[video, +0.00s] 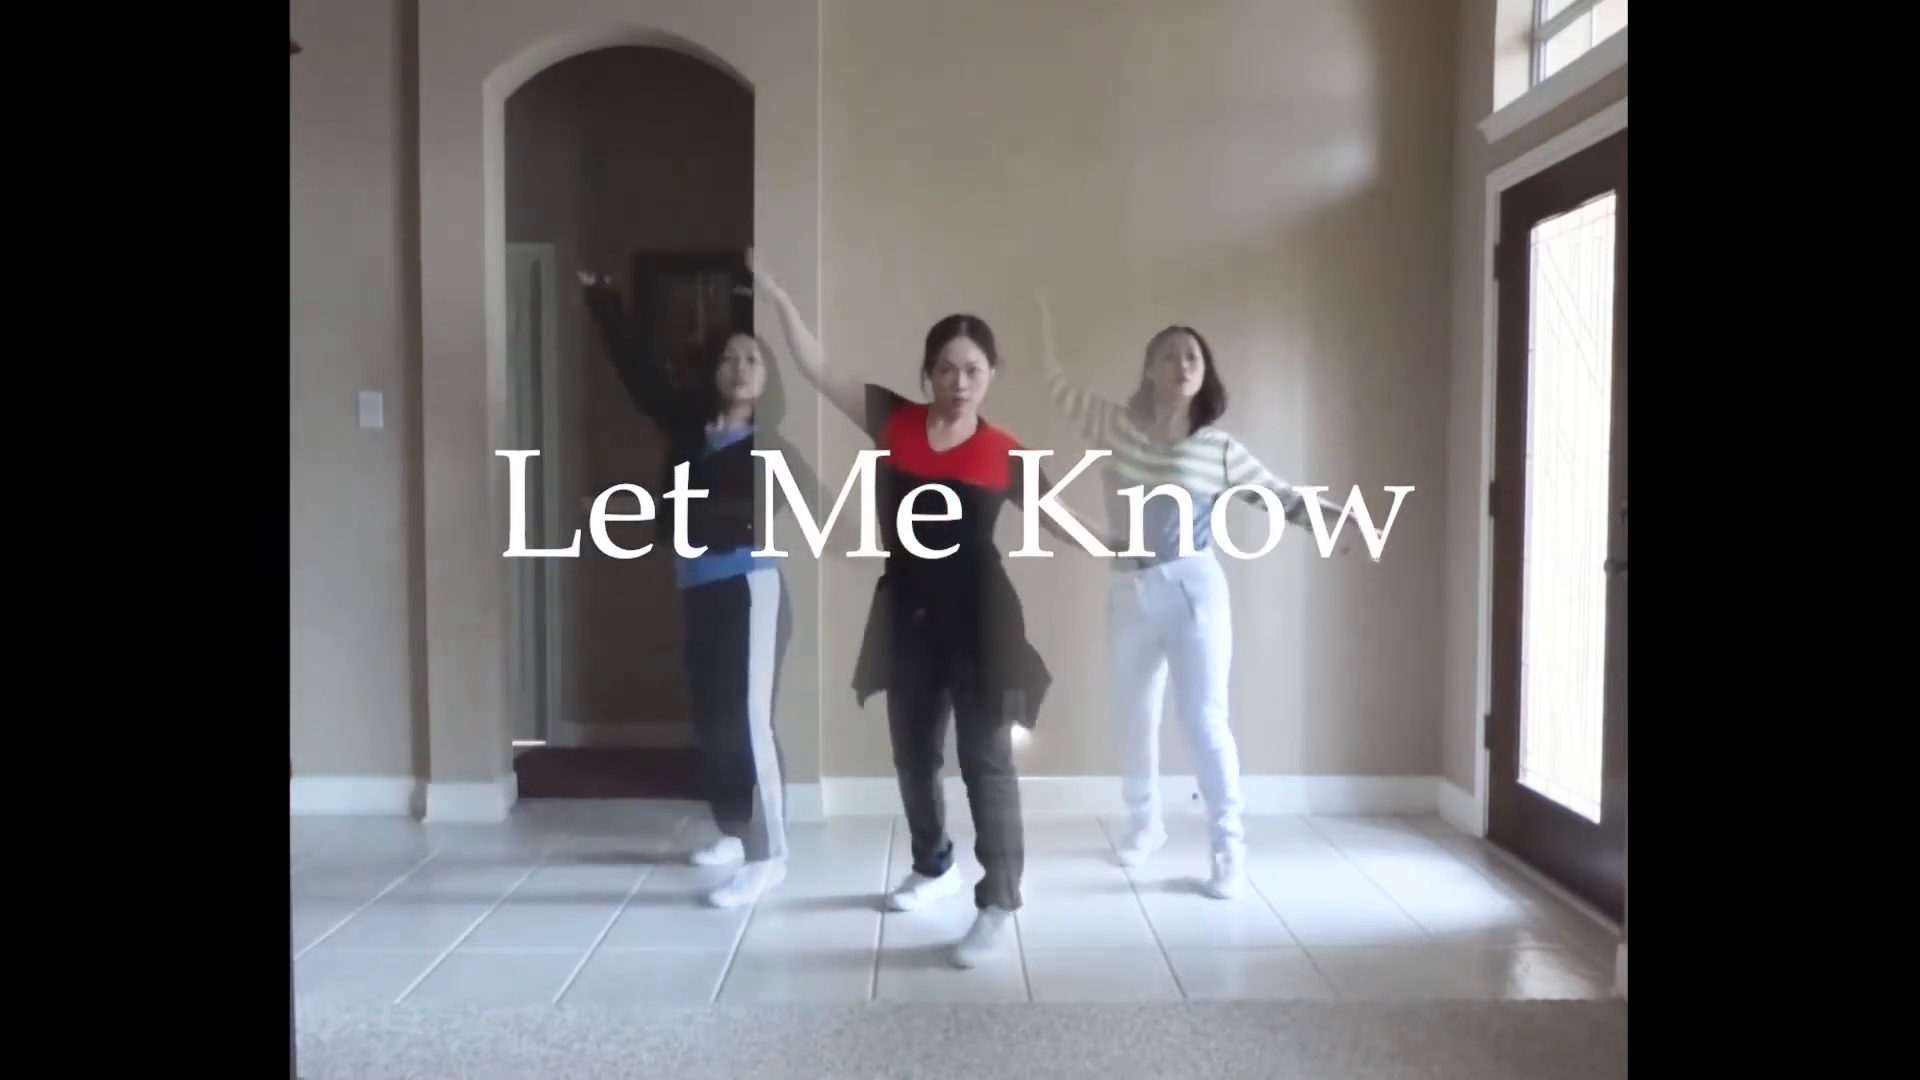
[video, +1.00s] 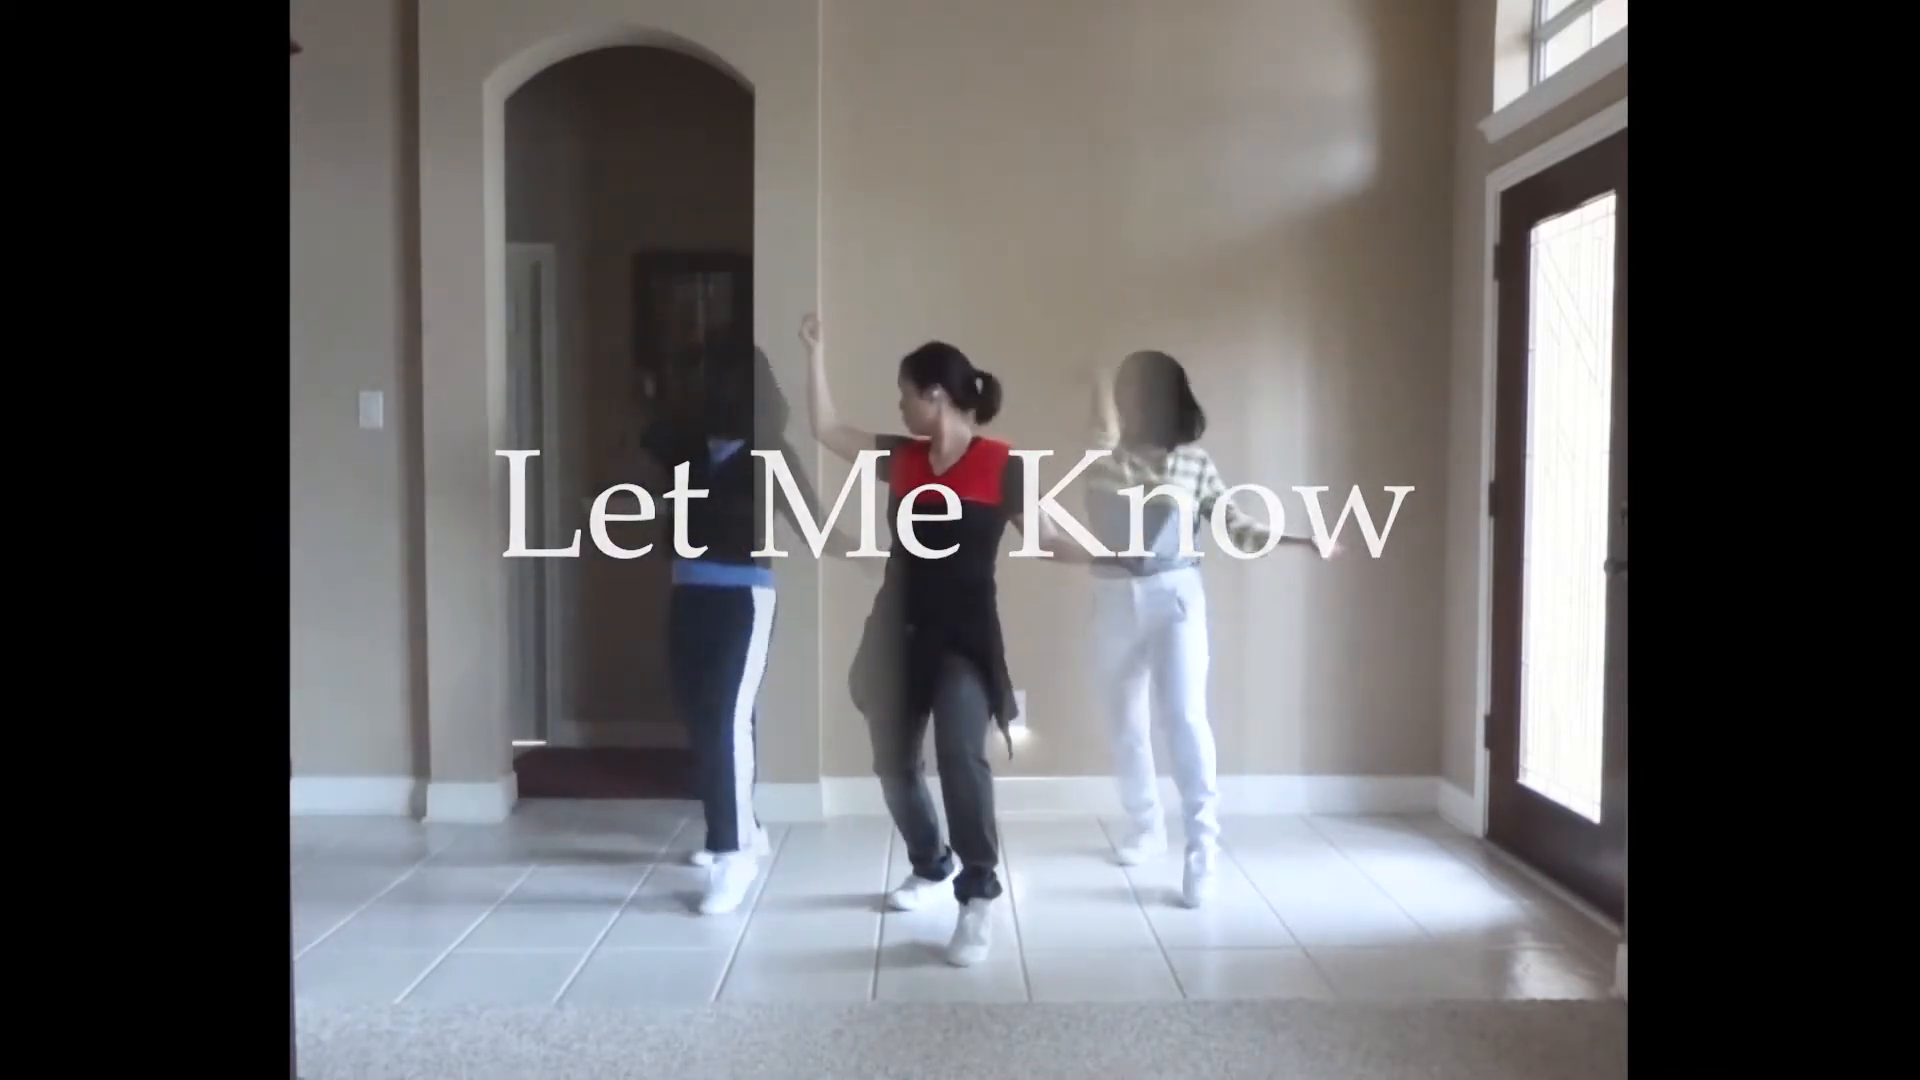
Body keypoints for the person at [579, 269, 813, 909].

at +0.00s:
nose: (739, 370)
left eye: (750, 361)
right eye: (729, 360)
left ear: (766, 376)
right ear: (712, 371)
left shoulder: (766, 450)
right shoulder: (688, 425)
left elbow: (755, 521)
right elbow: (641, 372)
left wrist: (679, 514)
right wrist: (604, 304)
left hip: (752, 586)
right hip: (701, 588)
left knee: (749, 717)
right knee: (712, 714)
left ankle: (769, 857)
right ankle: (736, 834)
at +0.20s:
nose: (741, 382)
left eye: (752, 373)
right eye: (730, 372)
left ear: (767, 386)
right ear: (714, 382)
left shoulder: (765, 450)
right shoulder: (695, 430)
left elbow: (750, 523)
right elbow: (649, 383)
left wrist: (684, 510)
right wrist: (632, 323)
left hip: (752, 584)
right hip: (705, 586)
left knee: (740, 716)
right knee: (703, 716)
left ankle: (767, 850)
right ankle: (732, 839)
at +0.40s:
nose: (713, 390)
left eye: (723, 381)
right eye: (714, 381)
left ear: (746, 393)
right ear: (716, 392)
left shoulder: (760, 453)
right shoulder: (703, 445)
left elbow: (746, 529)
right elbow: (654, 400)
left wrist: (685, 514)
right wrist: (647, 335)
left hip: (750, 593)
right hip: (705, 596)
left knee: (729, 713)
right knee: (698, 713)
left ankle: (750, 842)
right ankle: (725, 835)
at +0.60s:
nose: (699, 414)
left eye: (706, 404)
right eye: (700, 404)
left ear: (728, 409)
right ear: (712, 413)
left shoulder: (752, 464)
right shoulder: (699, 457)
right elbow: (651, 416)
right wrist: (643, 359)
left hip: (746, 599)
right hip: (702, 598)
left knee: (720, 708)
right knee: (694, 715)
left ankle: (745, 836)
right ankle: (724, 833)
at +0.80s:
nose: (715, 413)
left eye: (723, 400)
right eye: (713, 401)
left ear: (740, 404)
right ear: (706, 403)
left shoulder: (768, 463)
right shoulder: (692, 455)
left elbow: (811, 530)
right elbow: (635, 442)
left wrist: (851, 555)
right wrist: (656, 385)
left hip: (745, 608)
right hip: (694, 603)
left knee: (715, 710)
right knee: (688, 716)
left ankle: (731, 842)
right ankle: (736, 827)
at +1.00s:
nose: (725, 411)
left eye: (737, 397)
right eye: (717, 396)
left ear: (757, 405)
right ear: (705, 400)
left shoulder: (766, 458)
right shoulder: (684, 455)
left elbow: (813, 523)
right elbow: (651, 438)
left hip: (744, 597)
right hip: (691, 595)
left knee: (728, 720)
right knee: (704, 718)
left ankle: (729, 854)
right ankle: (741, 831)